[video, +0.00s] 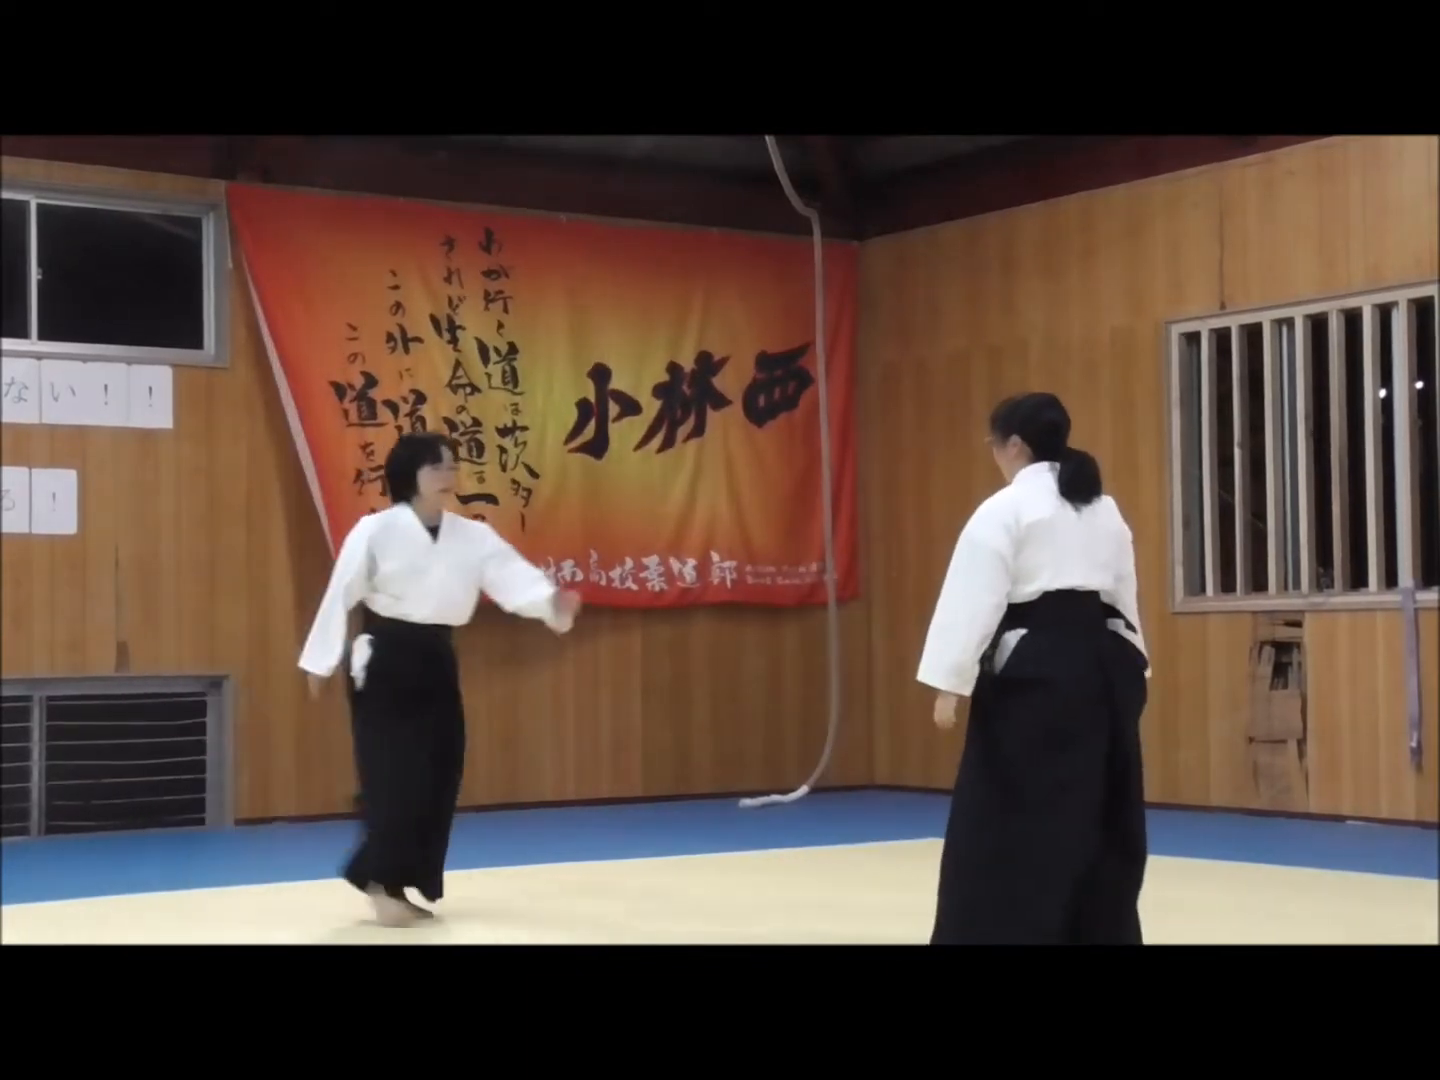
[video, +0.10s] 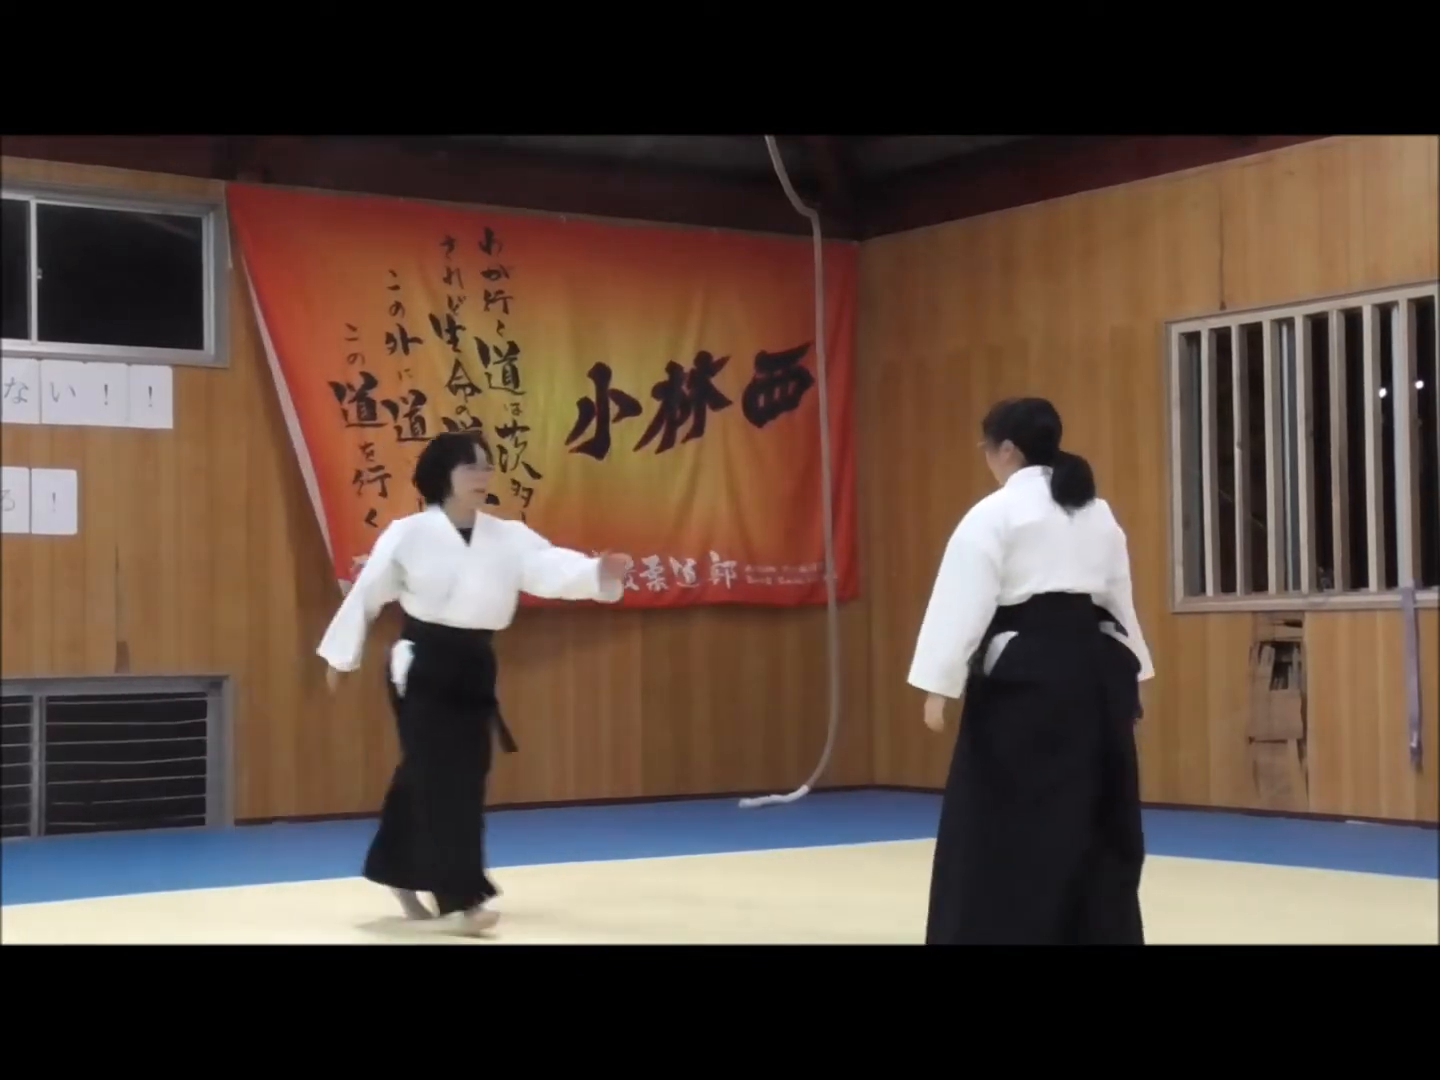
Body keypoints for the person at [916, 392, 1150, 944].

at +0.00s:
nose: (996, 456)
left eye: (997, 446)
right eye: (994, 447)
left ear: (1018, 445)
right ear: (1058, 442)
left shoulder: (1004, 511)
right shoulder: (1105, 509)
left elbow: (974, 601)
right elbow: (1126, 599)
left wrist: (952, 682)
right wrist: (1136, 667)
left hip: (1032, 671)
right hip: (1106, 668)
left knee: (1013, 808)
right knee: (1097, 810)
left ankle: (1010, 929)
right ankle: (1095, 931)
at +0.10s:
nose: (986, 461)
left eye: (988, 451)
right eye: (985, 451)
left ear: (1009, 450)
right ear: (1050, 446)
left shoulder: (994, 514)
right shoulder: (1098, 511)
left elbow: (963, 604)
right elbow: (1121, 602)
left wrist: (940, 684)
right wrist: (1135, 679)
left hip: (1021, 676)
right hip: (1097, 671)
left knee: (1003, 811)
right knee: (1090, 813)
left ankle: (1006, 929)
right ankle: (1090, 931)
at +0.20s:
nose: (974, 472)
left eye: (975, 461)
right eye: (972, 462)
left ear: (996, 458)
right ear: (1036, 454)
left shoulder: (979, 521)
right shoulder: (1084, 518)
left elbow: (945, 609)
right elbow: (1110, 607)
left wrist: (917, 688)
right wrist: (1125, 685)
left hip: (1007, 679)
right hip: (1084, 674)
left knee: (980, 803)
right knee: (1084, 809)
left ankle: (965, 920)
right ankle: (1089, 926)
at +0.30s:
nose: (951, 476)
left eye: (954, 465)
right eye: (951, 465)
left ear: (975, 466)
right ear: (1011, 463)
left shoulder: (956, 530)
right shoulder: (1061, 525)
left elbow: (921, 616)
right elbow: (1090, 610)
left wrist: (890, 691)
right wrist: (1106, 684)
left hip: (987, 682)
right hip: (1063, 678)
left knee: (962, 803)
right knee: (1068, 806)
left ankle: (948, 919)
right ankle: (1078, 923)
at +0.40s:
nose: (923, 476)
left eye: (926, 466)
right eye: (923, 466)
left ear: (947, 469)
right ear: (983, 467)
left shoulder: (928, 534)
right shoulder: (1032, 529)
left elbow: (891, 618)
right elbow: (1059, 612)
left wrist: (859, 691)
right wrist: (1072, 678)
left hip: (960, 682)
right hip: (1035, 676)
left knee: (955, 809)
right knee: (1058, 803)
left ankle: (957, 928)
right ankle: (1087, 921)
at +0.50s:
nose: (897, 477)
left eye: (899, 467)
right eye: (897, 467)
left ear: (917, 469)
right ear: (956, 466)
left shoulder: (903, 533)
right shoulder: (1004, 526)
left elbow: (865, 613)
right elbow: (1021, 608)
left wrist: (831, 685)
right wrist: (1034, 668)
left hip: (935, 675)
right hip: (1009, 669)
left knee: (934, 802)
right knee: (1029, 791)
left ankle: (940, 927)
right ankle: (1069, 907)